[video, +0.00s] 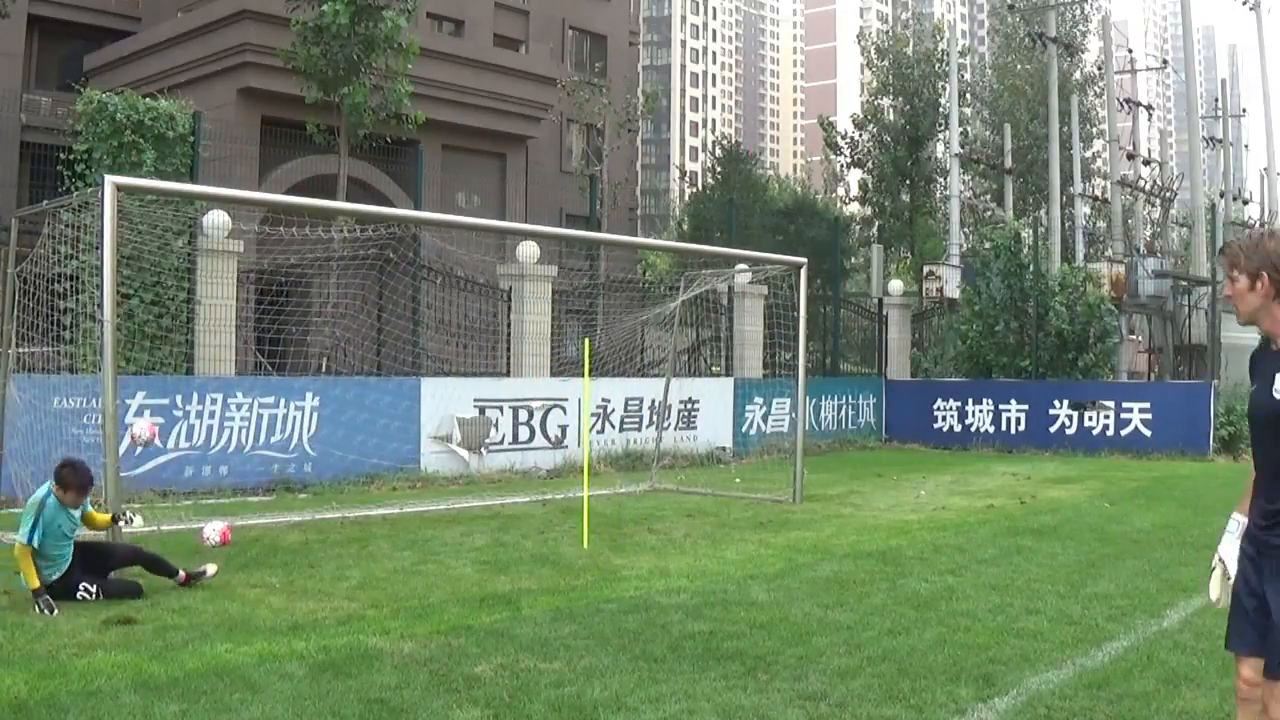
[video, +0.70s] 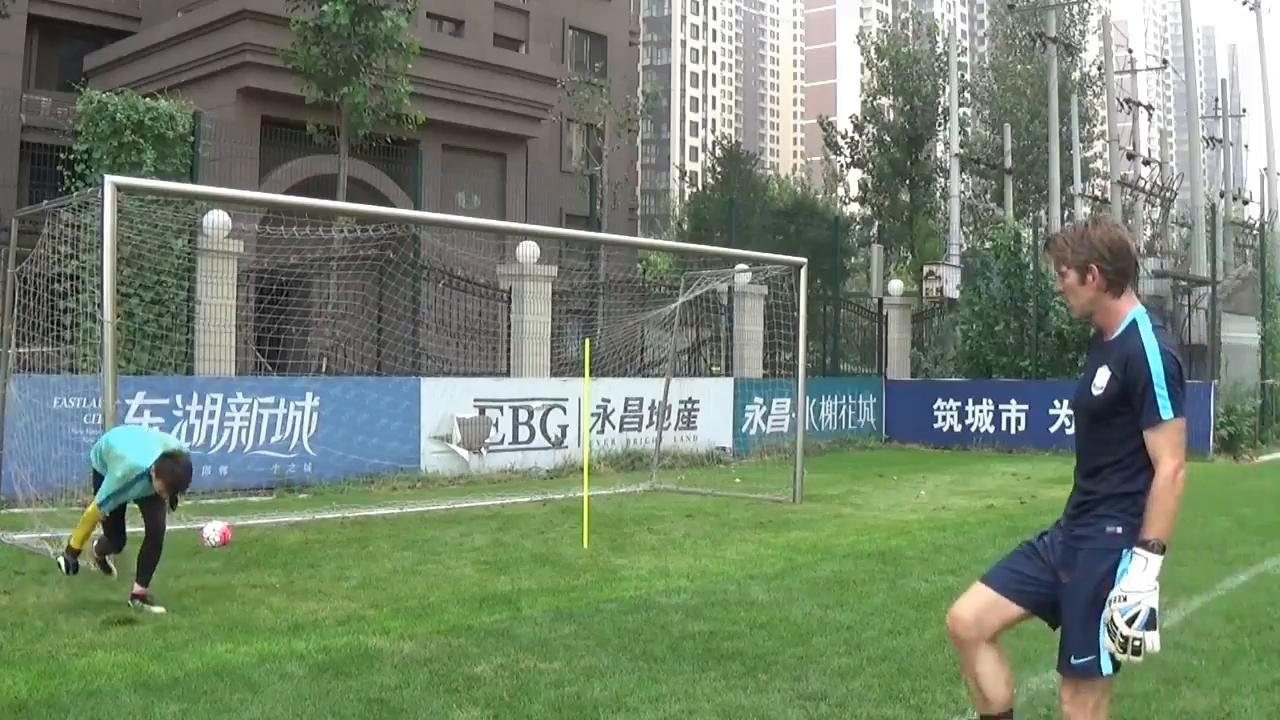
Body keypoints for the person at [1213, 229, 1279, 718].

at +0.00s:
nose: (1225, 291)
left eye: (1234, 280)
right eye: (1226, 280)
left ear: (1265, 285)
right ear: (1259, 286)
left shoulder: (1275, 359)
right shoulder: (1261, 358)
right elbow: (1265, 457)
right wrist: (1238, 526)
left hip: (1277, 545)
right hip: (1259, 541)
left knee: (1272, 692)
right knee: (1249, 684)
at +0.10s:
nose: (1202, 285)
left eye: (1209, 274)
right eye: (1203, 274)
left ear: (1240, 279)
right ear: (1236, 280)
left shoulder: (1277, 346)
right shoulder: (1239, 352)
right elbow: (1243, 450)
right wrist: (1203, 519)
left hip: (1270, 542)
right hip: (1240, 538)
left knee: (1230, 695)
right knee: (1240, 693)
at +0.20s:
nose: (1170, 282)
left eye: (1177, 270)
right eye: (1171, 270)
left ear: (1208, 275)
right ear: (1205, 276)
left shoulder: (1263, 343)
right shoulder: (1205, 344)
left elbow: (1277, 447)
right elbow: (1206, 443)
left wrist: (1271, 536)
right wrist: (1159, 510)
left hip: (1247, 535)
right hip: (1209, 532)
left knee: (1170, 682)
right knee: (1226, 687)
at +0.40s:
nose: (1114, 296)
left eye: (1122, 284)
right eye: (1114, 284)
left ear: (1158, 281)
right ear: (1152, 283)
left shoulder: (1211, 351)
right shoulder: (1151, 349)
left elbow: (1242, 463)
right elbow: (1151, 456)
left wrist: (1219, 562)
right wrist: (1109, 523)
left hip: (1182, 540)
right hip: (1145, 535)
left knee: (1109, 695)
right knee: (1162, 697)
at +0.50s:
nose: (1098, 299)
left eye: (1104, 287)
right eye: (1096, 287)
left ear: (1139, 283)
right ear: (1133, 286)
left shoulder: (1190, 356)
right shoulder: (1136, 351)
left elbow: (1217, 473)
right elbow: (1131, 462)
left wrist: (1198, 575)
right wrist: (1098, 531)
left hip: (1155, 543)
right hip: (1118, 537)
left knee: (1090, 695)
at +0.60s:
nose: (1073, 295)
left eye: (1079, 282)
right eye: (1072, 283)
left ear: (1111, 281)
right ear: (1107, 284)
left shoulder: (1161, 355)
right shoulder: (1116, 346)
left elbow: (1186, 472)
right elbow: (1123, 457)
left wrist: (1166, 577)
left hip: (1128, 547)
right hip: (1085, 537)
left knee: (1078, 703)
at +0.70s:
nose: (1058, 287)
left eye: (1063, 276)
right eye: (1058, 276)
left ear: (1095, 278)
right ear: (1093, 279)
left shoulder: (1146, 351)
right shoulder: (1108, 341)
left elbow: (1171, 468)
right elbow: (1114, 454)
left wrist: (1144, 570)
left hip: (1112, 547)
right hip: (1069, 534)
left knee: (1080, 705)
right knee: (967, 623)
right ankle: (997, 715)